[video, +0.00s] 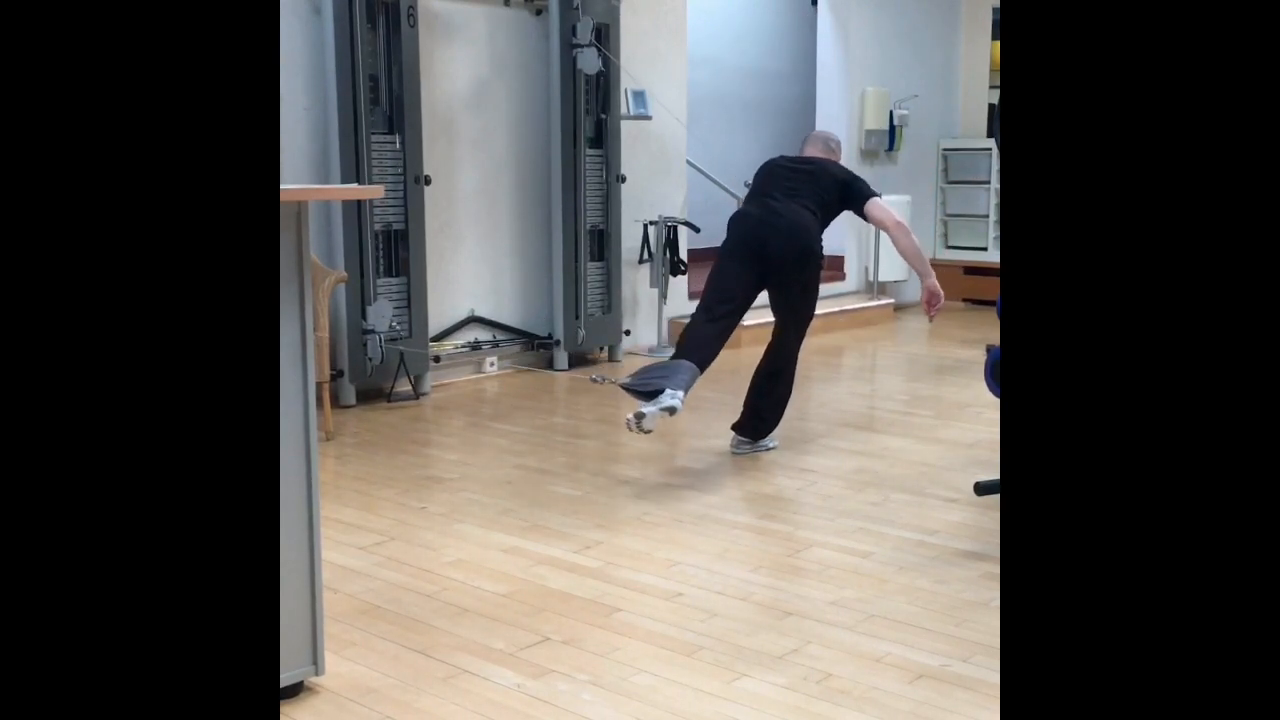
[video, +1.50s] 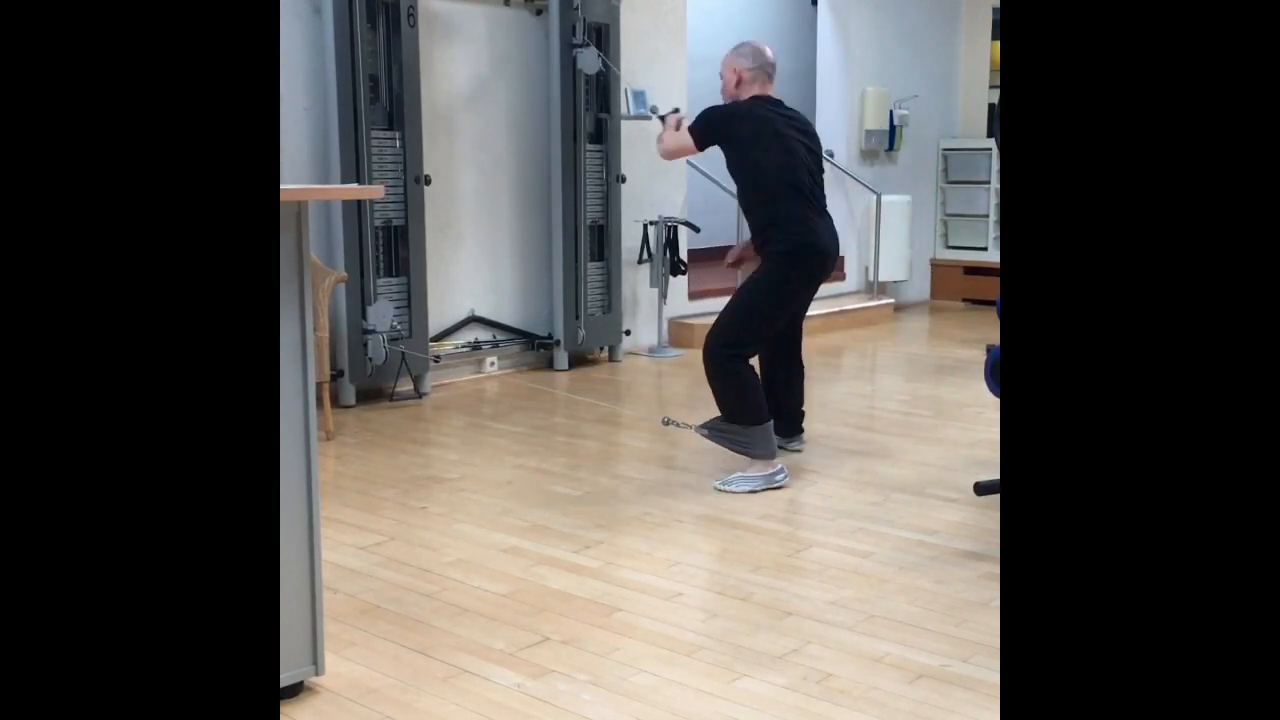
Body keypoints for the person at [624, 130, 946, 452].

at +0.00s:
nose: (838, 164)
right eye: (839, 160)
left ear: (803, 151)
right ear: (836, 158)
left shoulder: (773, 166)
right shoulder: (842, 177)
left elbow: (749, 204)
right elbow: (893, 223)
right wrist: (928, 277)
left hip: (746, 234)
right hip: (798, 246)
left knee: (714, 313)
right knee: (787, 338)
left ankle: (674, 387)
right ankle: (750, 432)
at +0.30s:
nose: (842, 148)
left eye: (841, 145)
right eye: (842, 144)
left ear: (804, 132)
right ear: (838, 140)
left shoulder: (772, 149)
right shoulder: (844, 163)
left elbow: (751, 200)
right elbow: (896, 219)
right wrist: (918, 276)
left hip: (752, 236)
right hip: (804, 246)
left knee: (727, 324)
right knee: (788, 336)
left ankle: (708, 420)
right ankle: (750, 432)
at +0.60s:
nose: (841, 129)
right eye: (842, 125)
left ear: (800, 112)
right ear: (837, 123)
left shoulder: (769, 133)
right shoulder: (845, 153)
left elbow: (752, 191)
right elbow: (891, 219)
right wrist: (894, 278)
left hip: (755, 237)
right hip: (808, 247)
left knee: (725, 333)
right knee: (788, 339)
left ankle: (749, 428)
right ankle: (752, 432)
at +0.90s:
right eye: (831, 106)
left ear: (788, 93)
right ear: (828, 105)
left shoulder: (758, 118)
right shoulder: (840, 144)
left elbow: (746, 163)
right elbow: (867, 223)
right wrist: (838, 260)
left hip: (754, 245)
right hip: (806, 254)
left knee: (721, 340)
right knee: (783, 345)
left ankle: (759, 443)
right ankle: (751, 436)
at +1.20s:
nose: (760, 88)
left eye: (762, 82)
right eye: (765, 84)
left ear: (767, 81)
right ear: (803, 88)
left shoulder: (742, 113)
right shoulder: (825, 133)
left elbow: (713, 154)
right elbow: (844, 218)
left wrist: (748, 145)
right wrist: (813, 239)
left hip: (766, 246)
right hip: (814, 251)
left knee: (711, 347)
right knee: (780, 343)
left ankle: (760, 452)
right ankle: (763, 436)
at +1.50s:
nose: (723, 86)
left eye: (724, 78)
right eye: (724, 78)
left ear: (737, 76)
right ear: (768, 78)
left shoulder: (730, 115)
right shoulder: (798, 121)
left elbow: (669, 148)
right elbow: (803, 200)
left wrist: (671, 123)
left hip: (789, 251)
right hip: (819, 249)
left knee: (722, 347)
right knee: (780, 342)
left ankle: (761, 461)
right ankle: (786, 429)